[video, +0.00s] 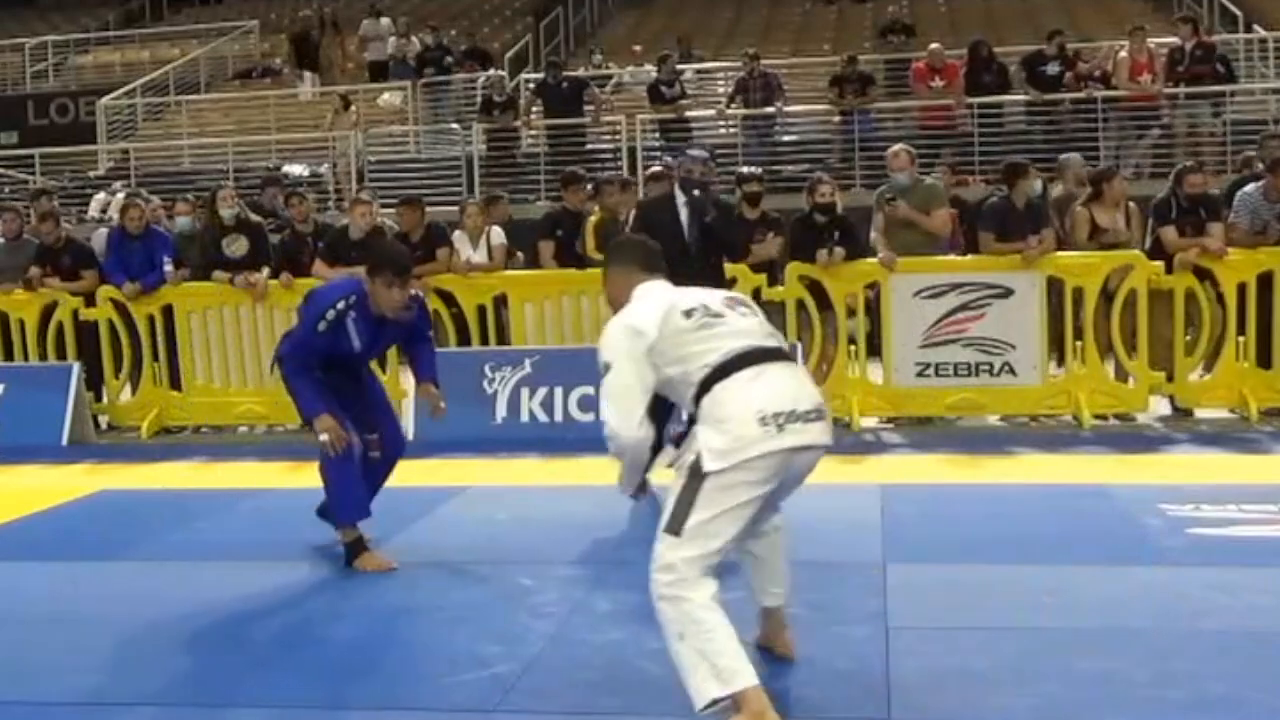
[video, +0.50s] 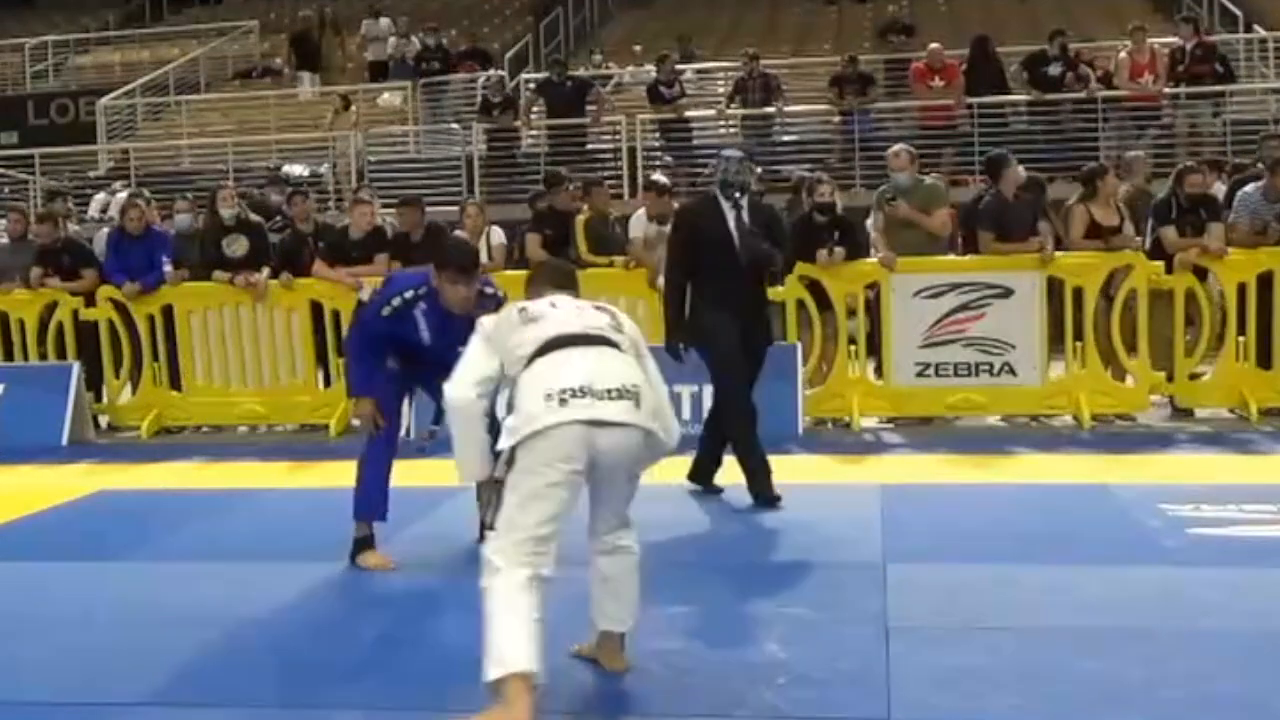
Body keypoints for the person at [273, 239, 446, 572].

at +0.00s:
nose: (402, 296)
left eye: (406, 286)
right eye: (392, 287)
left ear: (411, 283)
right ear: (370, 283)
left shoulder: (412, 307)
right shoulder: (331, 302)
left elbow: (420, 340)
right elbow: (294, 360)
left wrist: (426, 380)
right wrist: (318, 415)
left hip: (352, 365)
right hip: (309, 366)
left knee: (391, 442)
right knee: (342, 440)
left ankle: (339, 508)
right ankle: (354, 542)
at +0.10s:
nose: (407, 297)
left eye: (411, 288)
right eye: (398, 289)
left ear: (418, 286)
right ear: (377, 283)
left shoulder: (421, 308)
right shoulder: (337, 305)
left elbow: (428, 342)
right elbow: (311, 362)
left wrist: (428, 386)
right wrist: (339, 412)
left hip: (367, 364)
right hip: (321, 363)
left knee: (413, 436)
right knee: (341, 442)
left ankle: (365, 491)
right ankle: (353, 541)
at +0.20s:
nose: (418, 297)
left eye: (423, 288)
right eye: (408, 288)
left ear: (430, 284)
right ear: (388, 282)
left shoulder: (435, 305)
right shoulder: (349, 301)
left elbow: (437, 342)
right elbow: (321, 356)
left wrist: (432, 385)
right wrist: (352, 407)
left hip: (385, 366)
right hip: (337, 364)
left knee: (430, 428)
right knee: (346, 440)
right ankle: (354, 543)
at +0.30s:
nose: (433, 296)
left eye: (439, 287)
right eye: (423, 287)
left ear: (446, 283)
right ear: (403, 281)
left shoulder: (451, 304)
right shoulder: (367, 299)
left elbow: (450, 344)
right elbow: (333, 351)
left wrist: (443, 384)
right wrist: (358, 408)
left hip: (400, 362)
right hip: (353, 364)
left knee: (441, 421)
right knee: (352, 438)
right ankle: (355, 542)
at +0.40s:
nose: (451, 296)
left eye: (457, 286)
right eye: (441, 287)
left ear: (464, 280)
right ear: (422, 281)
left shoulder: (470, 304)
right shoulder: (386, 294)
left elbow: (470, 347)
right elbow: (344, 349)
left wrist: (461, 385)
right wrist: (359, 406)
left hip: (420, 362)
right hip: (370, 359)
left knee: (457, 423)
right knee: (365, 432)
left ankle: (485, 520)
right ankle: (357, 542)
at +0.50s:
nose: (466, 295)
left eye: (471, 284)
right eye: (457, 285)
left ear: (479, 279)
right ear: (437, 279)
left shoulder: (490, 299)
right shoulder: (402, 290)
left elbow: (501, 352)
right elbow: (360, 336)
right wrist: (362, 395)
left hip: (449, 365)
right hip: (396, 362)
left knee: (486, 426)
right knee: (383, 432)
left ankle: (492, 520)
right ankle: (364, 536)